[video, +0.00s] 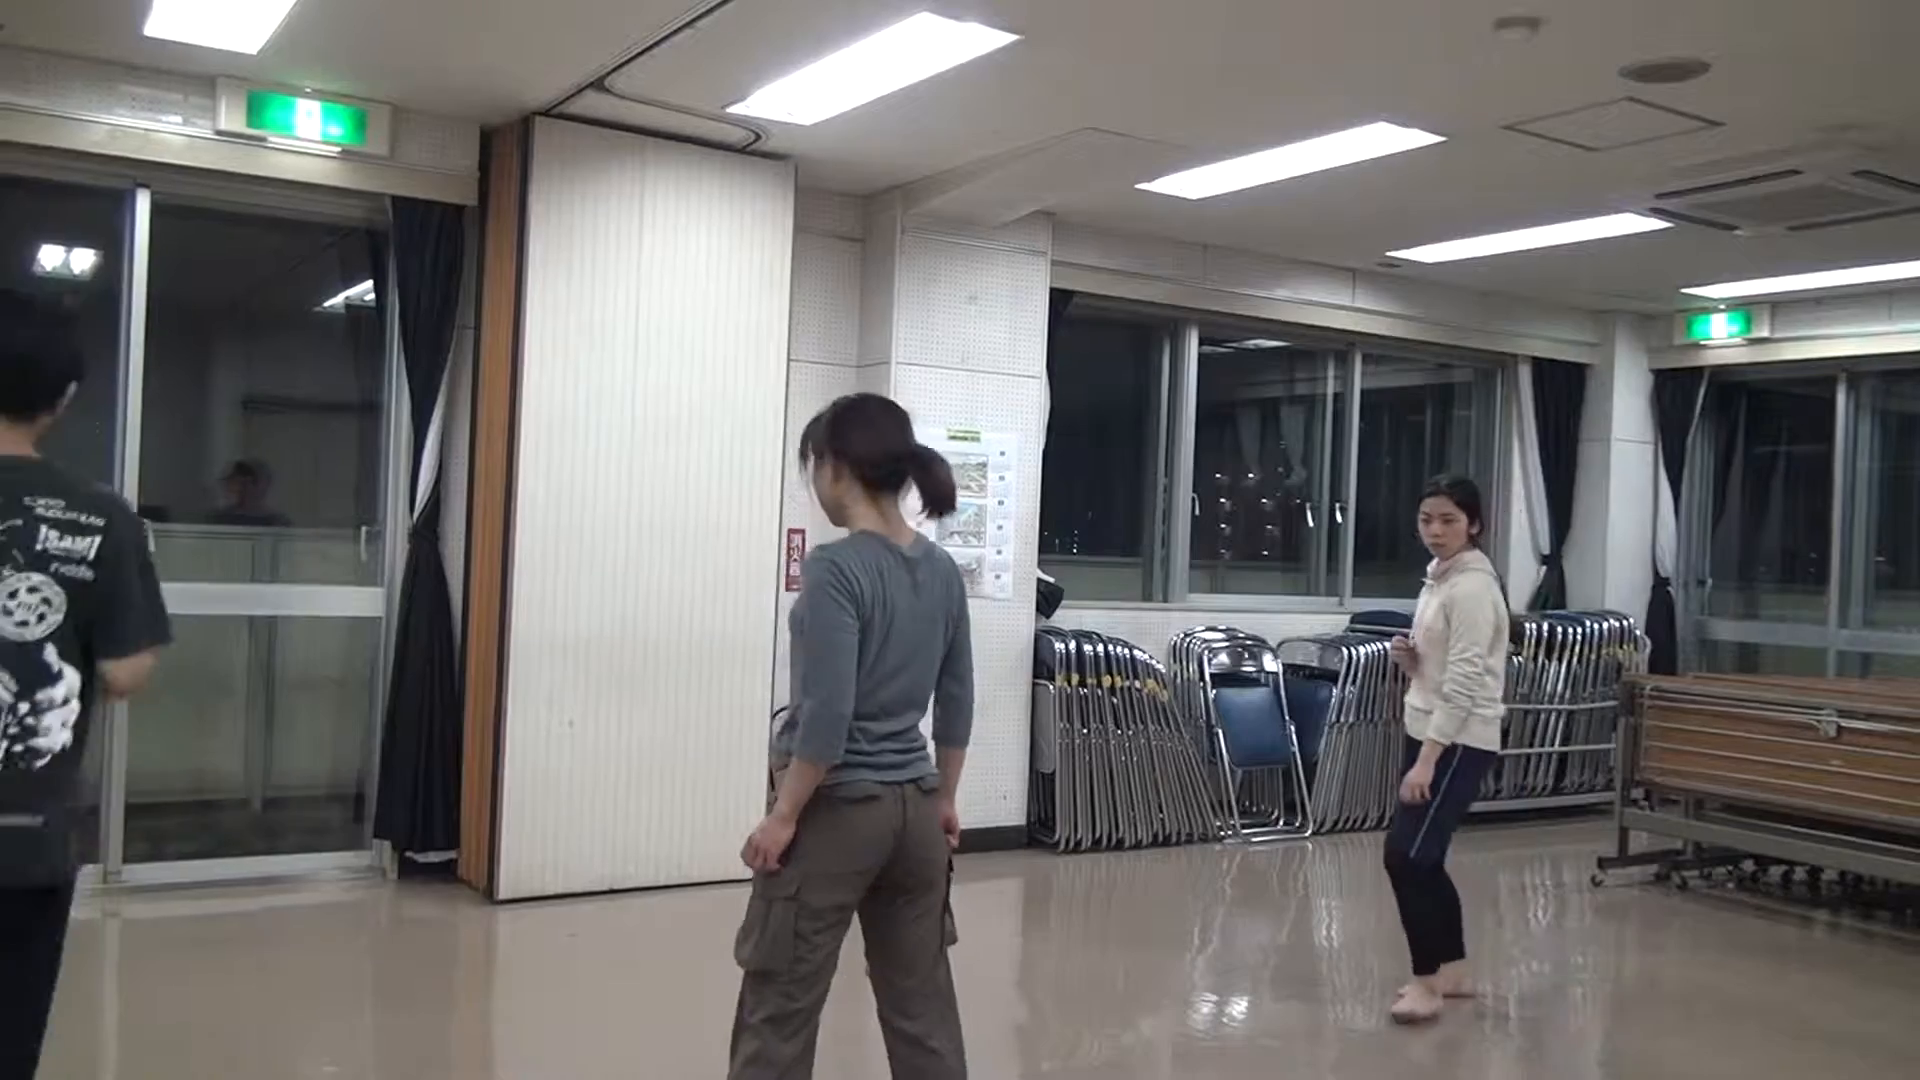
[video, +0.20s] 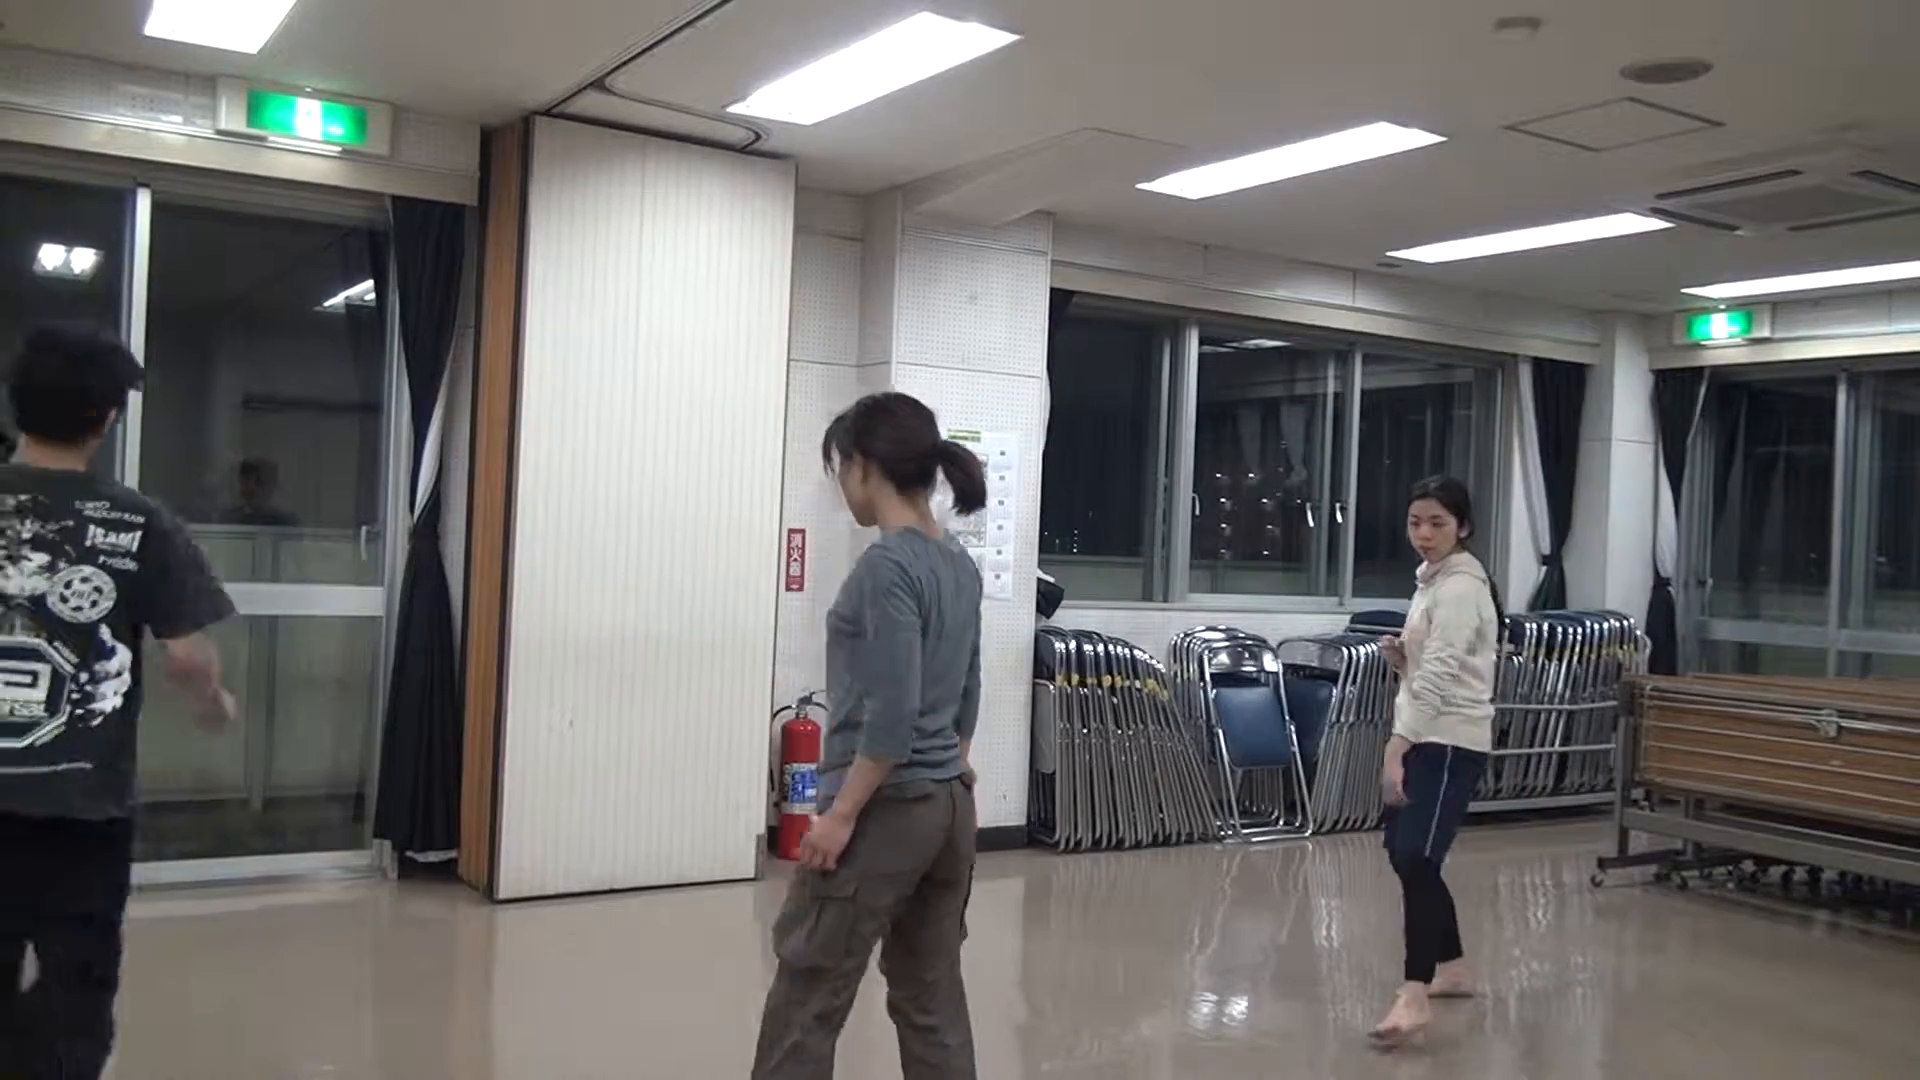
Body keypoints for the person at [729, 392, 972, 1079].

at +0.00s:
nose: (813, 481)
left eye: (814, 464)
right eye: (812, 465)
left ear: (837, 468)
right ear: (893, 468)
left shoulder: (834, 567)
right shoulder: (941, 567)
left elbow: (828, 711)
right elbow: (955, 692)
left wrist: (783, 815)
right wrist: (946, 793)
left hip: (834, 818)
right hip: (919, 815)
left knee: (778, 1018)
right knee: (922, 1015)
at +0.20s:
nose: (840, 483)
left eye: (841, 466)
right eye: (838, 467)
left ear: (866, 467)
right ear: (918, 466)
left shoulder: (885, 566)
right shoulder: (959, 562)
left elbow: (891, 719)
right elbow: (967, 691)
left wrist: (840, 814)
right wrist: (954, 776)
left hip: (882, 813)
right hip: (947, 810)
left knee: (805, 1003)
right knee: (930, 1000)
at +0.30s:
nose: (857, 483)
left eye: (858, 466)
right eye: (855, 467)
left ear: (882, 467)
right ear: (932, 465)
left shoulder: (919, 563)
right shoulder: (965, 556)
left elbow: (943, 709)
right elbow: (959, 700)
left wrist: (892, 817)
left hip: (914, 816)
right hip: (969, 805)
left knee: (830, 1006)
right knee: (942, 1006)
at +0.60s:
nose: (890, 485)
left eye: (891, 468)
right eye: (888, 469)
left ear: (916, 465)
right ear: (969, 463)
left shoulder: (954, 554)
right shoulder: (998, 549)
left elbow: (987, 692)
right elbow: (992, 688)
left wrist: (972, 812)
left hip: (946, 803)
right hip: (993, 796)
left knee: (914, 998)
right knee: (966, 999)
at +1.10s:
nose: (911, 491)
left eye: (910, 472)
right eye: (908, 474)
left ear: (928, 467)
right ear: (990, 465)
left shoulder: (940, 558)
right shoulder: (1031, 565)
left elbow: (917, 709)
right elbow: (1040, 714)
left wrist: (873, 810)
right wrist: (1014, 789)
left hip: (948, 816)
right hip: (1022, 813)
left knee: (903, 1008)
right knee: (974, 1010)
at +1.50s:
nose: (994, 471)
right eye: (993, 458)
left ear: (906, 467)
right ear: (990, 463)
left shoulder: (865, 556)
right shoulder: (1030, 569)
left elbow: (815, 694)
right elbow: (1056, 713)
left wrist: (803, 805)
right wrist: (1069, 834)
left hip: (903, 829)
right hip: (1013, 829)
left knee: (898, 1031)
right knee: (995, 1033)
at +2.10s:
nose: (957, 472)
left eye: (959, 460)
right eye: (960, 460)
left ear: (968, 468)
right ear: (1048, 470)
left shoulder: (932, 569)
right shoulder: (1091, 571)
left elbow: (883, 704)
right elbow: (1118, 705)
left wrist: (860, 812)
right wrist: (1127, 824)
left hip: (961, 828)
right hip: (1073, 827)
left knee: (933, 1029)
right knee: (1088, 1029)